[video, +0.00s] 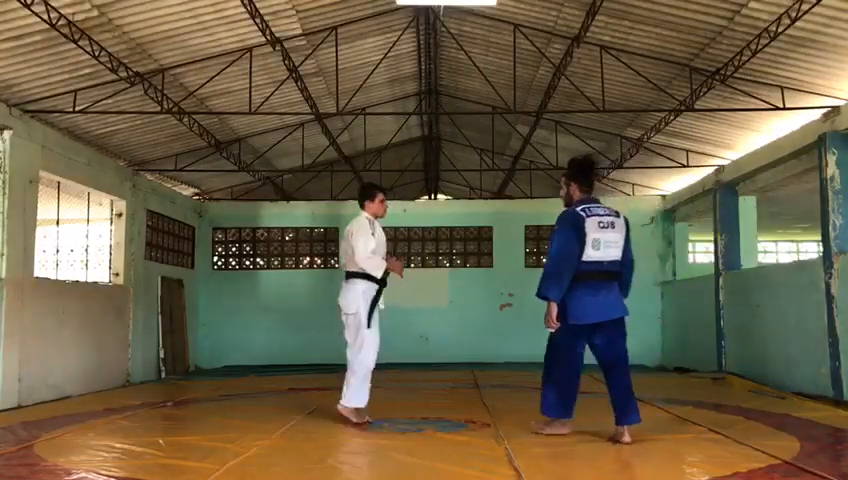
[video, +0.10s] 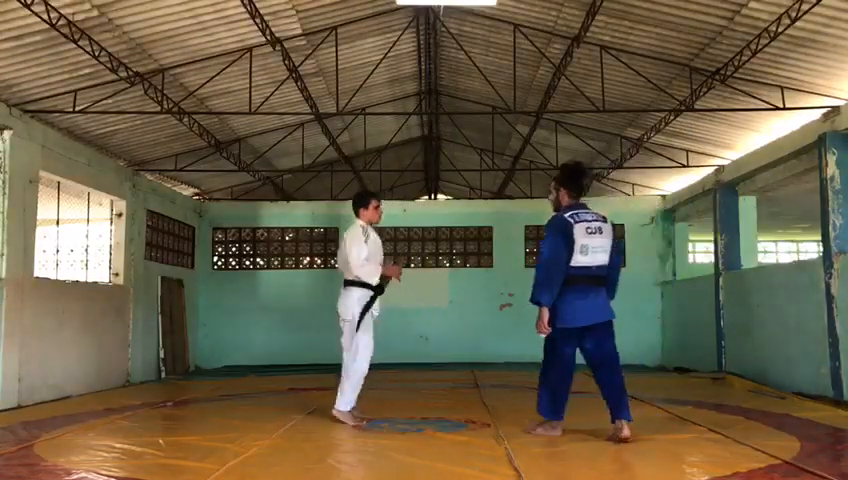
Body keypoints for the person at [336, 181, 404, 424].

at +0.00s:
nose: (385, 206)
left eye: (385, 201)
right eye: (381, 201)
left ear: (371, 204)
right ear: (369, 203)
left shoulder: (371, 226)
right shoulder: (361, 225)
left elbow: (366, 258)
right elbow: (362, 257)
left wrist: (386, 263)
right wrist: (388, 265)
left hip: (366, 290)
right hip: (358, 291)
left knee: (364, 346)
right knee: (365, 346)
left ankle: (355, 402)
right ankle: (349, 403)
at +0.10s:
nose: (380, 211)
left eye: (379, 207)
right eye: (376, 207)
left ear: (367, 210)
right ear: (363, 210)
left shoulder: (369, 233)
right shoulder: (356, 232)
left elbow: (364, 264)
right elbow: (357, 266)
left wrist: (385, 271)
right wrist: (384, 271)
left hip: (364, 296)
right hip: (355, 297)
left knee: (359, 351)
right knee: (360, 352)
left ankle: (347, 405)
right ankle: (342, 407)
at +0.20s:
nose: (375, 223)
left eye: (375, 218)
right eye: (371, 218)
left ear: (364, 221)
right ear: (359, 221)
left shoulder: (371, 248)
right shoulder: (349, 248)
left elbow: (369, 276)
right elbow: (350, 282)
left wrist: (384, 285)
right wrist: (377, 283)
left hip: (363, 306)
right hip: (350, 307)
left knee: (349, 355)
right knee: (361, 360)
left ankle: (338, 396)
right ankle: (342, 412)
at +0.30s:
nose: (372, 223)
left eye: (372, 218)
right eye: (368, 219)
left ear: (362, 222)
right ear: (356, 222)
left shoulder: (370, 247)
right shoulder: (346, 247)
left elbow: (368, 276)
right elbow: (345, 280)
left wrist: (380, 280)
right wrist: (372, 281)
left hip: (359, 303)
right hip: (346, 304)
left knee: (349, 350)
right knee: (358, 354)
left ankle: (335, 388)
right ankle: (342, 408)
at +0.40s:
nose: (369, 229)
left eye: (369, 225)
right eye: (365, 225)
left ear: (359, 227)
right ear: (353, 228)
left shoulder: (367, 250)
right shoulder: (341, 251)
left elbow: (362, 276)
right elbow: (340, 282)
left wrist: (376, 278)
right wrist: (369, 282)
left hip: (356, 305)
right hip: (342, 306)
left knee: (344, 351)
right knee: (352, 351)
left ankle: (331, 392)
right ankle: (333, 402)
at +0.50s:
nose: (367, 241)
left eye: (367, 237)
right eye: (363, 237)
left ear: (363, 240)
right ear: (351, 240)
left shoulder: (365, 262)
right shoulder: (338, 265)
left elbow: (357, 289)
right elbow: (337, 295)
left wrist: (371, 293)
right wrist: (365, 294)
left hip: (354, 315)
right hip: (339, 316)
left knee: (343, 360)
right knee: (353, 357)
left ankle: (330, 401)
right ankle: (323, 400)